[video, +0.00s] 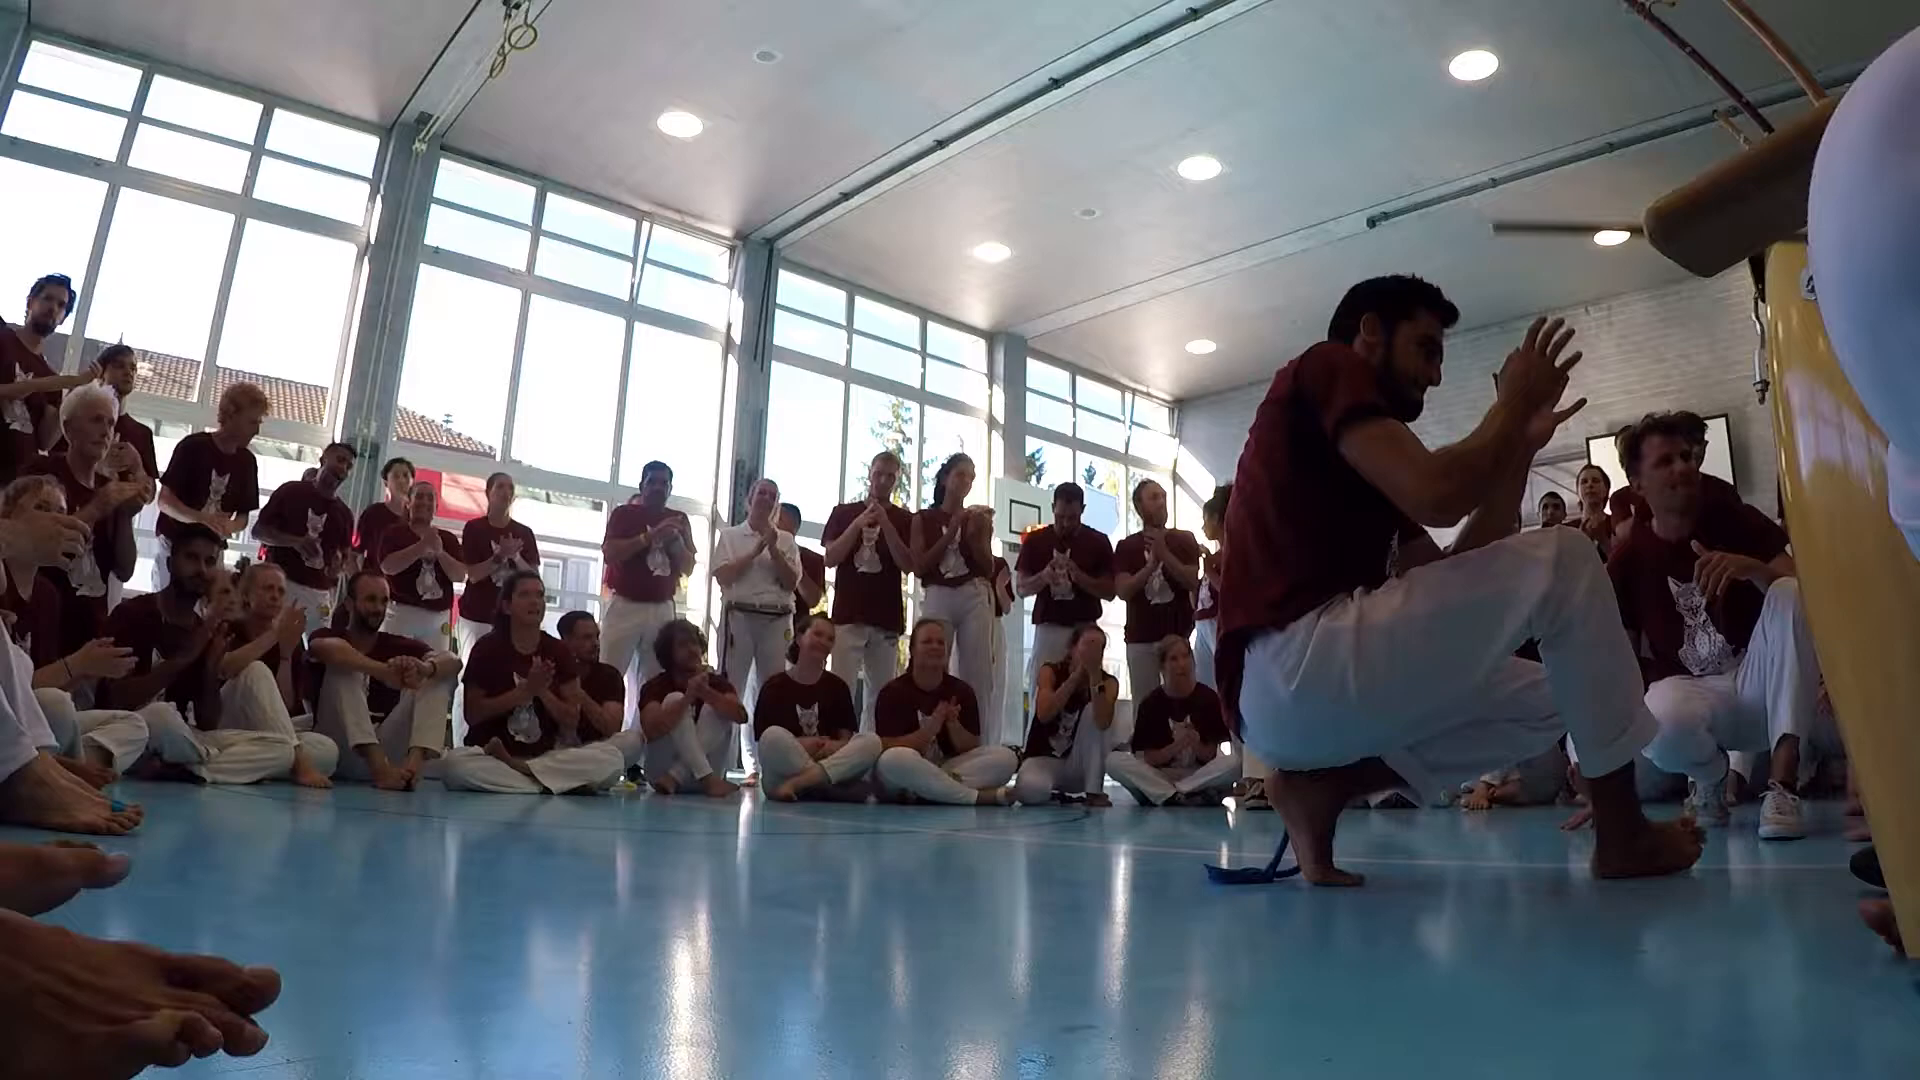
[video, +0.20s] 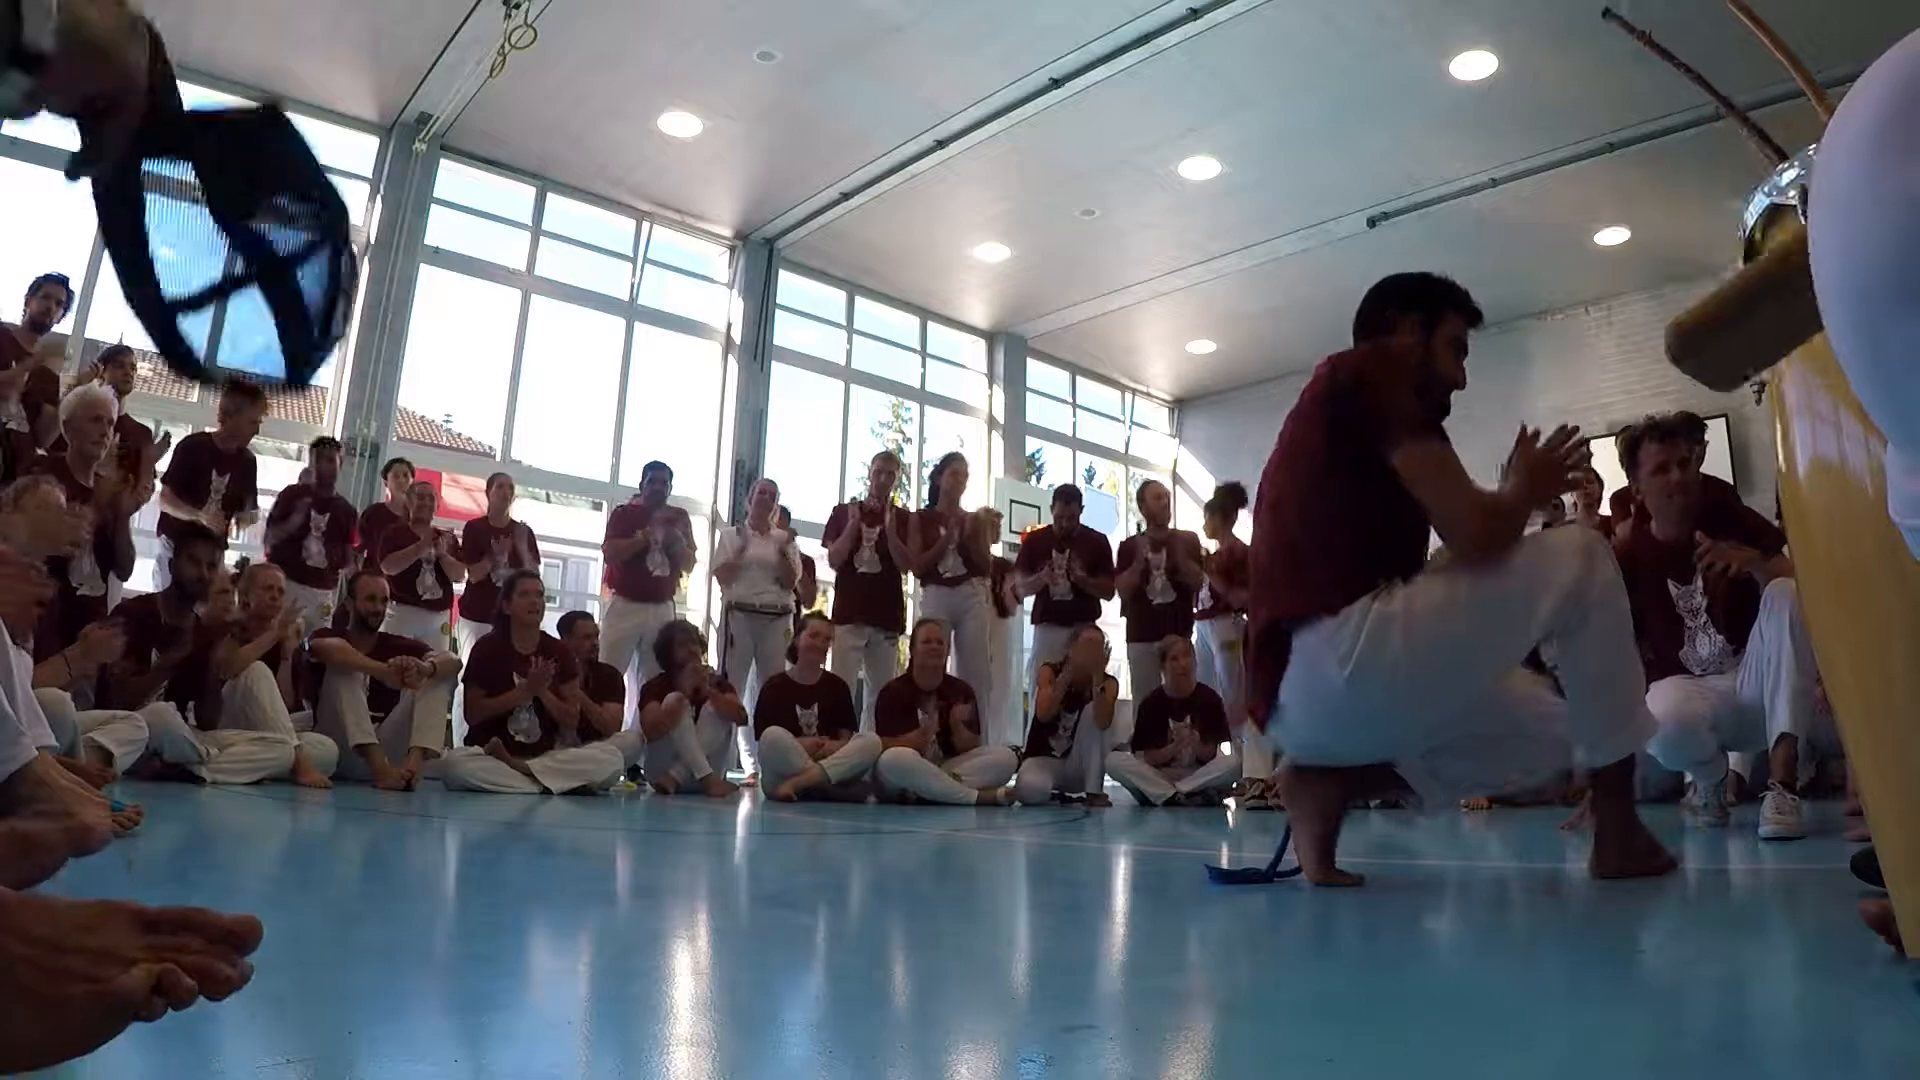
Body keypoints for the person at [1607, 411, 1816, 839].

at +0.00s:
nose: (1681, 471)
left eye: (1687, 458)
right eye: (1664, 463)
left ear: (1700, 463)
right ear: (1637, 481)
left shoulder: (1732, 517)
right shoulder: (1629, 555)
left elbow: (1805, 568)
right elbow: (1616, 658)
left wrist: (1756, 568)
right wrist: (1599, 785)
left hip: (1755, 676)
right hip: (1684, 688)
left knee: (1789, 593)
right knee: (1665, 721)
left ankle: (1782, 783)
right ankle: (1709, 776)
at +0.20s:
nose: (1678, 479)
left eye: (1685, 465)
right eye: (1661, 471)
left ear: (1700, 467)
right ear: (1636, 485)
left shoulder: (1729, 518)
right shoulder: (1625, 551)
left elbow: (1797, 571)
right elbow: (1609, 654)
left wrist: (1754, 562)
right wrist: (1600, 785)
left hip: (1756, 677)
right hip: (1683, 689)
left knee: (1785, 593)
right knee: (1667, 717)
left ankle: (1782, 783)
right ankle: (1709, 777)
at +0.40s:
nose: (1683, 480)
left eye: (1689, 467)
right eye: (1666, 473)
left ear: (1700, 469)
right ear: (1636, 486)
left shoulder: (1731, 526)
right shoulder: (1624, 551)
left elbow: (1785, 593)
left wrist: (1763, 543)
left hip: (1753, 677)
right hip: (1683, 687)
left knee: (1786, 595)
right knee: (1683, 720)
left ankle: (1781, 782)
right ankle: (1705, 777)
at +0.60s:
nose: (1699, 481)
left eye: (1699, 468)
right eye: (1684, 471)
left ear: (1704, 469)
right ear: (1652, 479)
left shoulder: (1728, 524)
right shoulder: (1631, 543)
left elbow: (1774, 597)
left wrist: (1779, 552)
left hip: (1747, 673)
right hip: (1686, 684)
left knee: (1787, 596)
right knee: (1700, 720)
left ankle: (1781, 784)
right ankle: (1704, 783)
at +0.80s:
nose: (1713, 479)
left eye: (1711, 467)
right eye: (1698, 470)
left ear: (1713, 469)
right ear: (1663, 480)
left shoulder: (1727, 534)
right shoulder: (1645, 546)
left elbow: (1773, 597)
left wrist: (1781, 541)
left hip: (1747, 677)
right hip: (1690, 685)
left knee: (1789, 596)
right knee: (1710, 730)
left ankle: (1783, 782)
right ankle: (1706, 784)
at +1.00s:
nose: (1707, 478)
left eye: (1708, 467)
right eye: (1695, 469)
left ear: (1713, 471)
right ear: (1666, 477)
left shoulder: (1731, 535)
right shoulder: (1643, 539)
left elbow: (1778, 594)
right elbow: (1606, 602)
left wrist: (1781, 527)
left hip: (1749, 674)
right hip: (1695, 682)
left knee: (1789, 595)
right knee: (1716, 734)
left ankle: (1781, 779)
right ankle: (1704, 787)